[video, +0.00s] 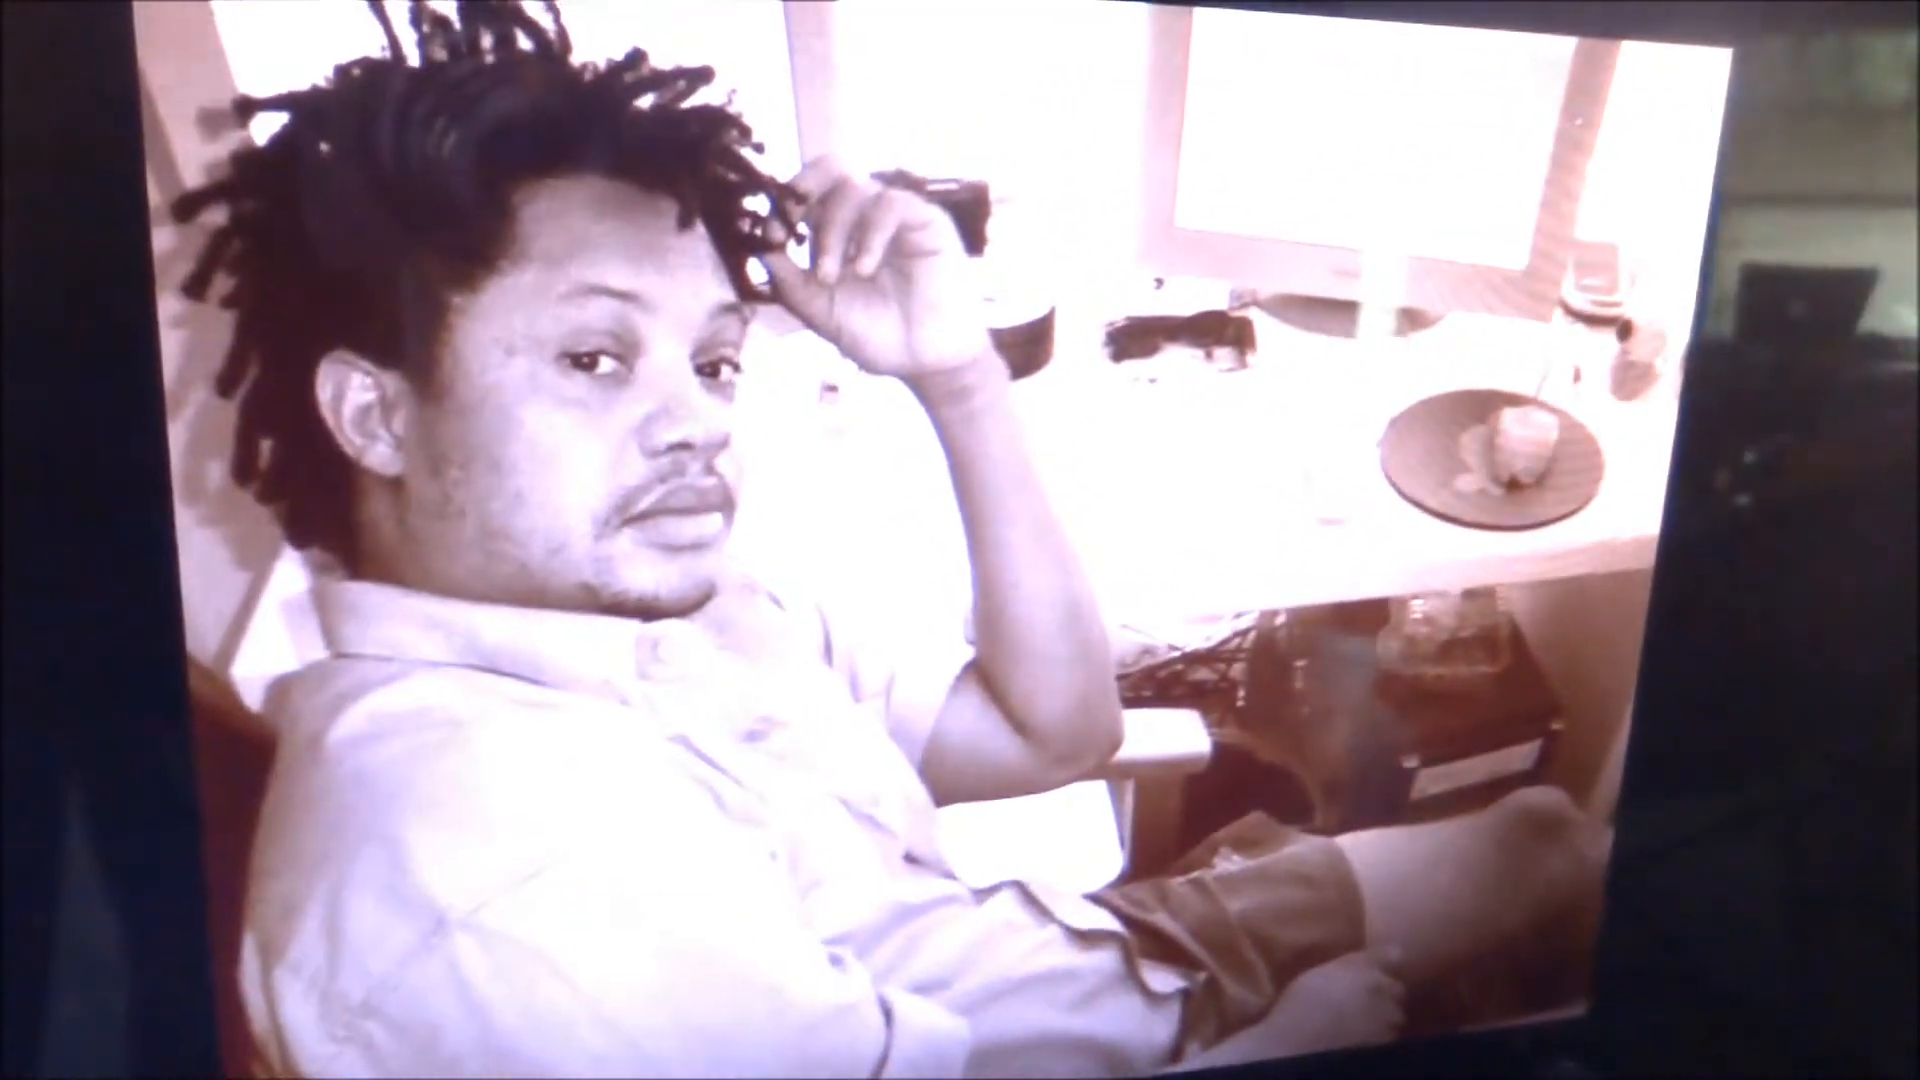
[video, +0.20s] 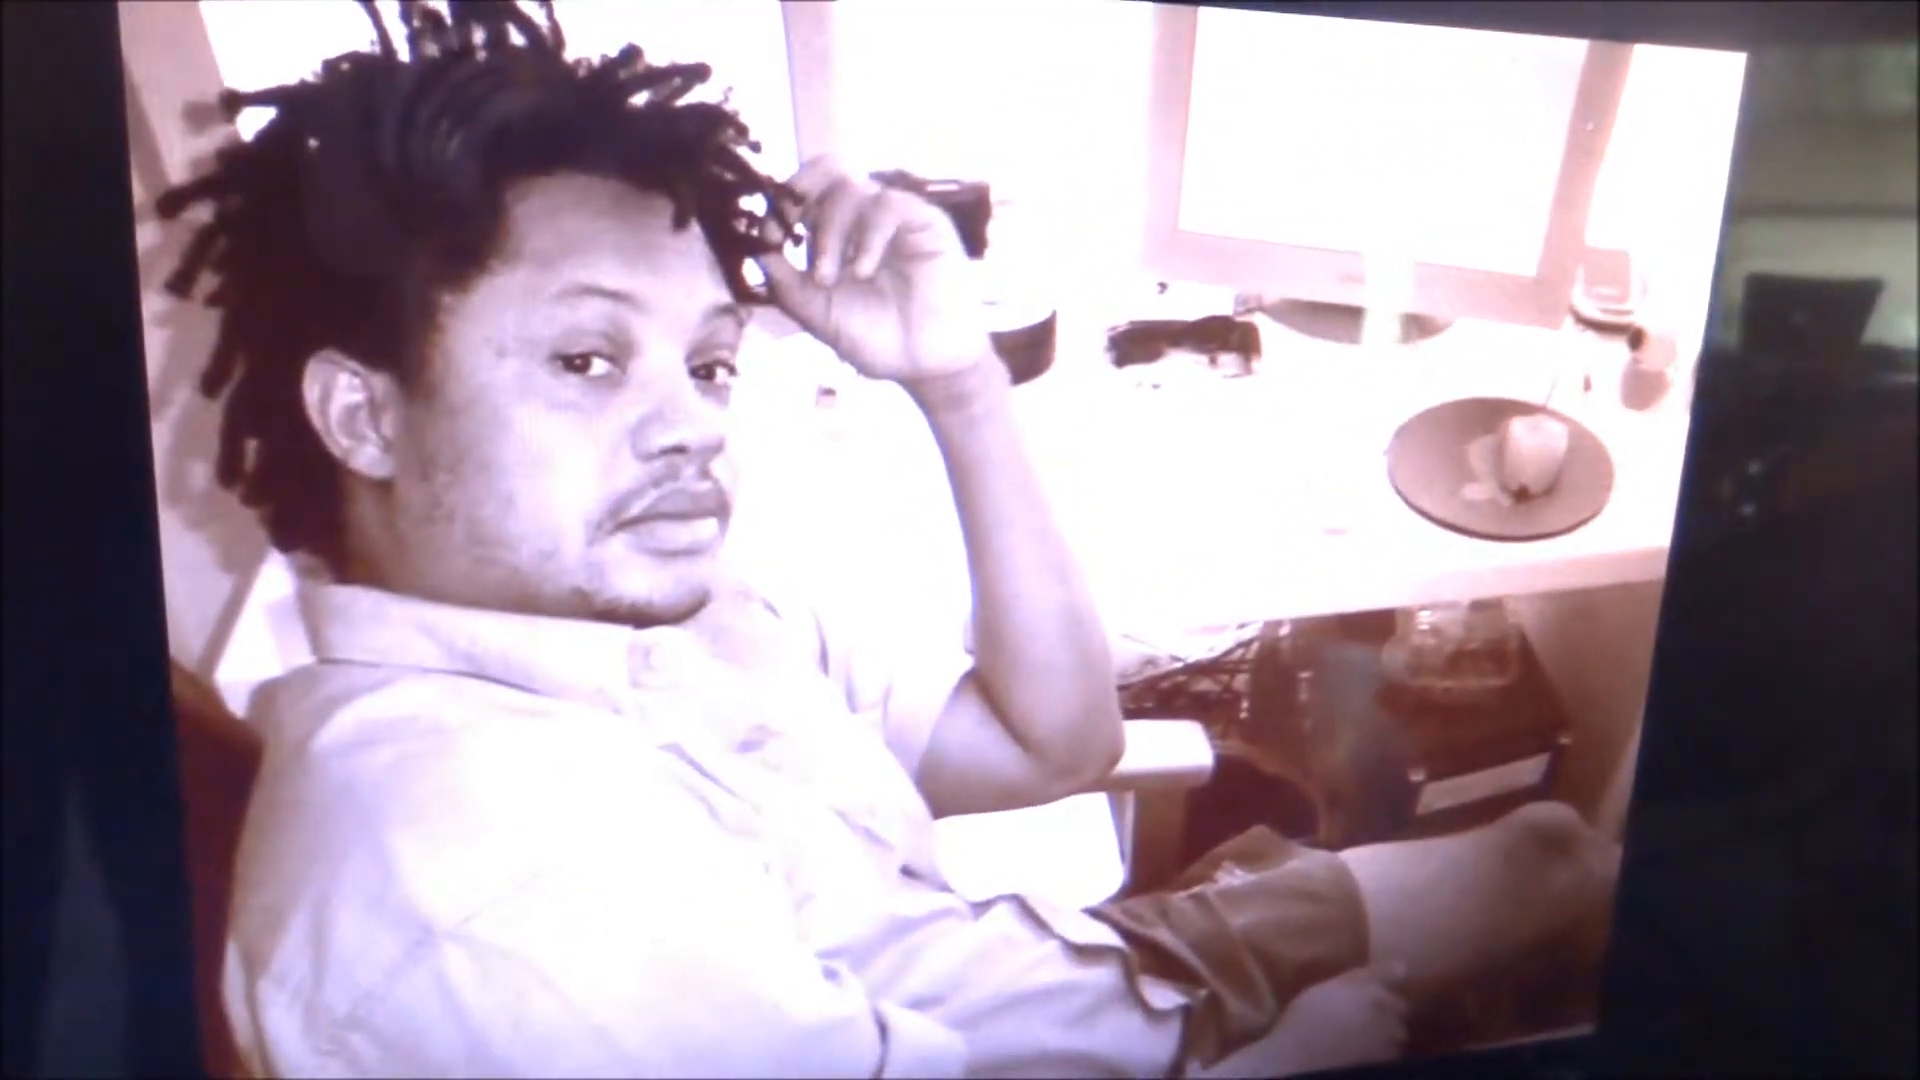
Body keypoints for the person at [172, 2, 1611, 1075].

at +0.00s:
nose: (701, 425)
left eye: (709, 358)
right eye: (594, 358)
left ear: (744, 356)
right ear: (369, 411)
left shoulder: (688, 613)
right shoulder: (452, 835)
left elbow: (1052, 736)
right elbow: (910, 1053)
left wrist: (957, 380)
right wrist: (1356, 962)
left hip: (1070, 931)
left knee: (1537, 820)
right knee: (1570, 857)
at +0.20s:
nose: (696, 427)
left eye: (702, 362)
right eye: (588, 358)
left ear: (735, 360)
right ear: (356, 411)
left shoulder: (687, 619)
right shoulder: (435, 849)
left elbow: (1055, 744)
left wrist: (955, 380)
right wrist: (1338, 994)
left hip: (1086, 945)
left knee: (1547, 849)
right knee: (1573, 874)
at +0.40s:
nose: (738, 432)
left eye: (748, 368)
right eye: (630, 359)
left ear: (785, 374)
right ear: (392, 411)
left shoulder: (730, 634)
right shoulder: (464, 855)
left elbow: (1102, 765)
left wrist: (1007, 381)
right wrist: (1408, 1036)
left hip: (1185, 973)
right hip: (1131, 1062)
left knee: (1625, 874)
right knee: (1655, 899)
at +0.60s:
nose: (839, 470)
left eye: (855, 393)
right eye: (724, 386)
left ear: (893, 398)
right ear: (465, 449)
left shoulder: (851, 697)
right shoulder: (531, 903)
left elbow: (1237, 823)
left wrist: (1141, 410)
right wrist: (1514, 1034)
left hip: (1291, 1040)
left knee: (1793, 939)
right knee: (1810, 968)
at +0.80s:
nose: (959, 554)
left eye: (979, 475)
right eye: (825, 461)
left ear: (1014, 487)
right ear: (527, 538)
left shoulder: (989, 826)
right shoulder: (583, 1011)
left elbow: (1396, 962)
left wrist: (1295, 492)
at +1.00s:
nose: (1074, 588)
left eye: (1094, 497)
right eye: (916, 490)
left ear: (1138, 495)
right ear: (577, 574)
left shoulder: (1118, 880)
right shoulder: (632, 1040)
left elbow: (1545, 1041)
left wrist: (1445, 535)